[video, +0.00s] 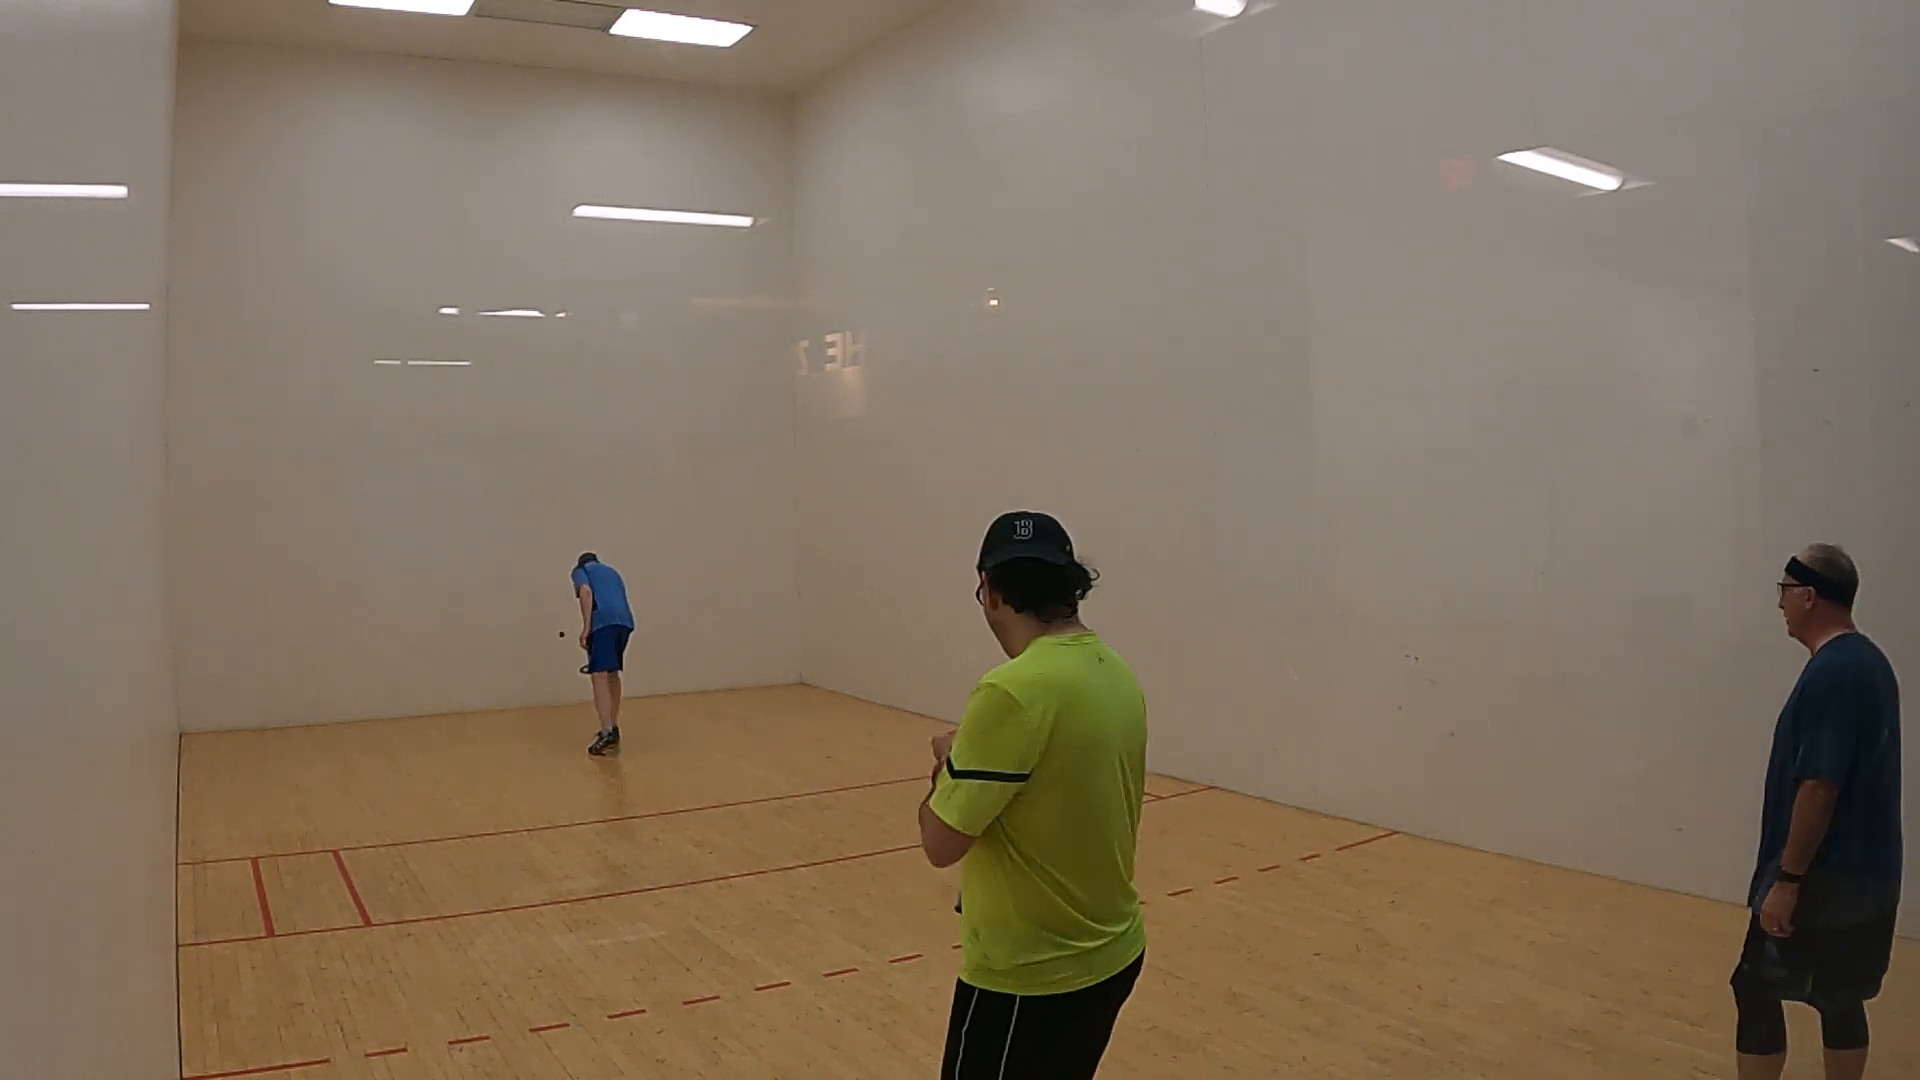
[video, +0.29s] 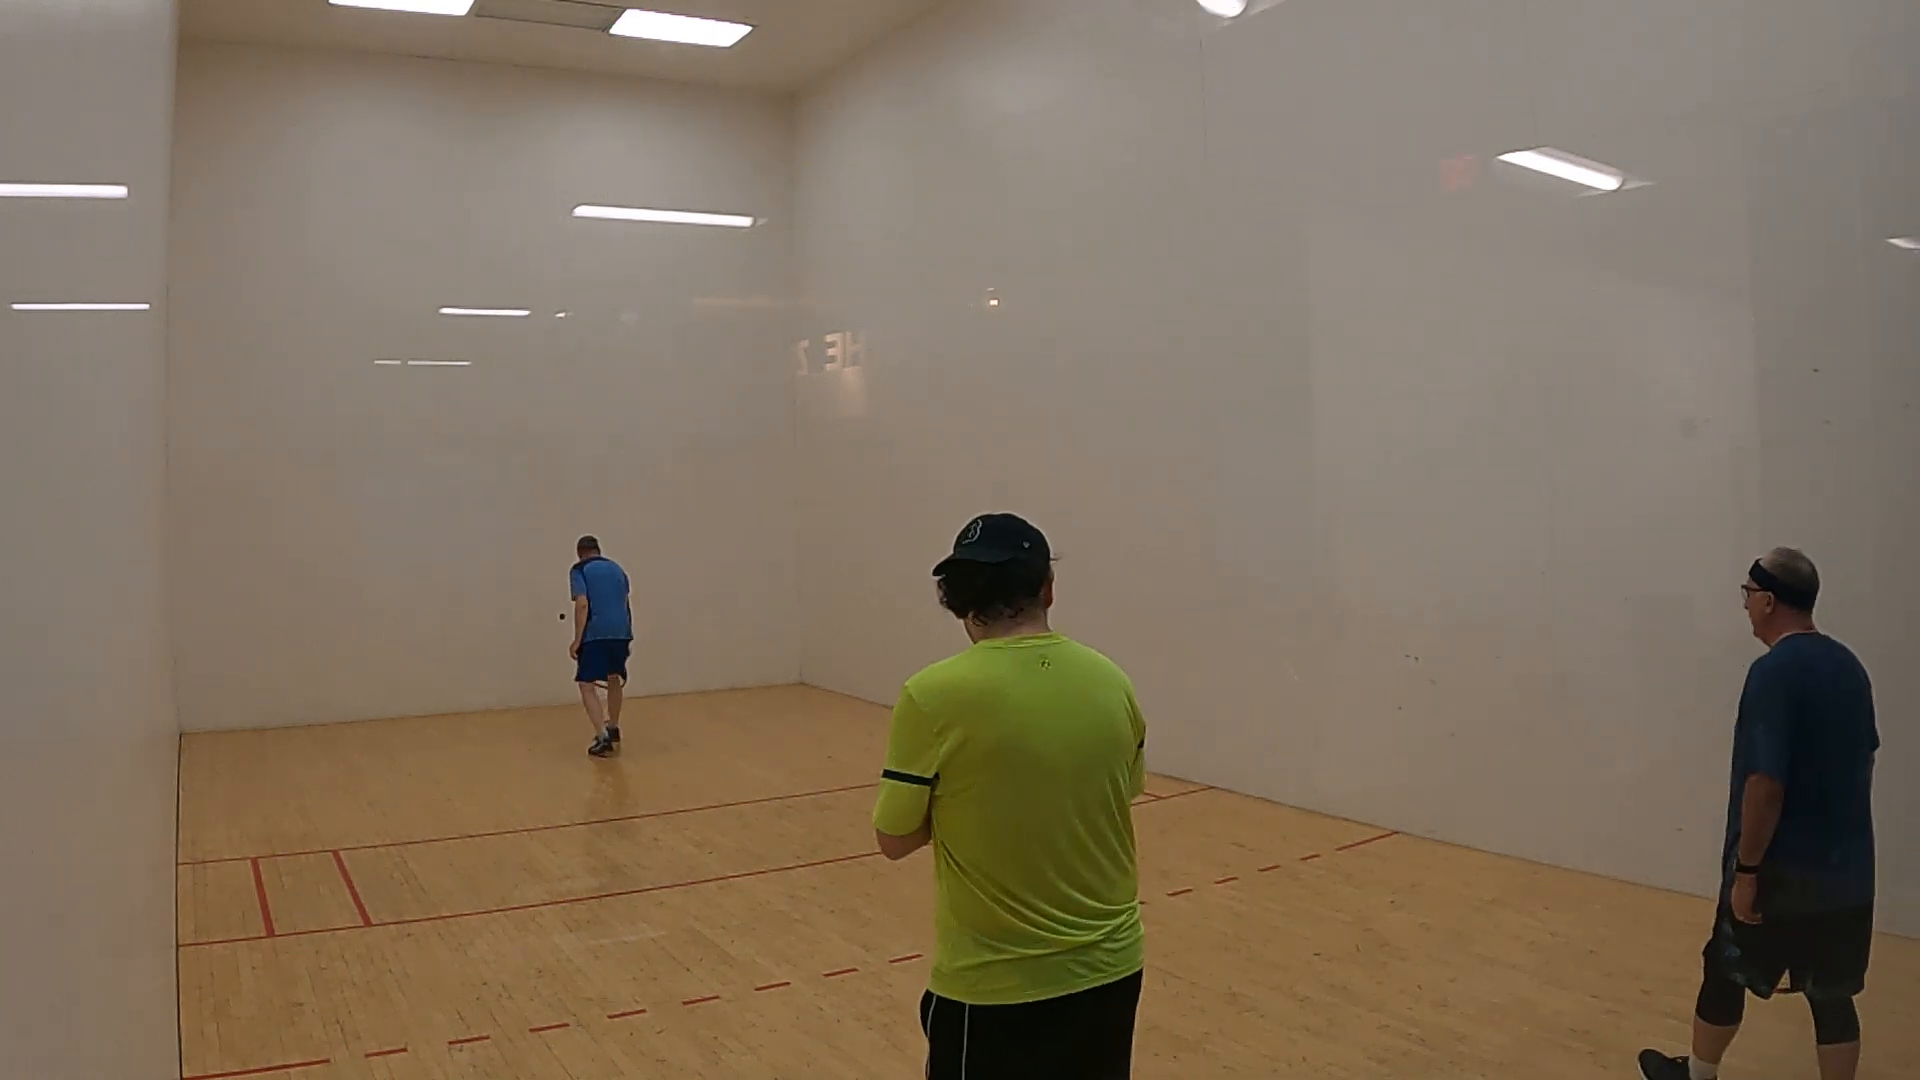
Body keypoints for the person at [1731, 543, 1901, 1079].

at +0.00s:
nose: (1780, 600)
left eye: (1786, 589)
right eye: (1782, 589)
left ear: (1812, 597)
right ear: (1835, 599)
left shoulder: (1833, 670)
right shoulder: (1869, 663)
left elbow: (1818, 787)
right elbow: (1858, 787)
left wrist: (1786, 881)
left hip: (1816, 881)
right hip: (1861, 881)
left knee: (1754, 988)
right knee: (1841, 997)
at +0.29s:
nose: (1744, 602)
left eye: (1748, 593)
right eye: (1746, 592)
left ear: (1769, 600)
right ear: (1804, 602)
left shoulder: (1772, 672)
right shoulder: (1847, 665)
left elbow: (1765, 785)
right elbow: (1862, 758)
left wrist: (1746, 871)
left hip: (1774, 875)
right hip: (1841, 877)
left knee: (1724, 970)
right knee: (1832, 993)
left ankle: (1699, 1072)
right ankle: (1839, 1079)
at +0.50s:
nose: (1707, 605)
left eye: (1709, 595)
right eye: (1707, 595)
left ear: (1724, 601)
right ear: (1764, 599)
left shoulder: (1722, 669)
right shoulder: (1809, 662)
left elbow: (1707, 778)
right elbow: (1833, 756)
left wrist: (1688, 859)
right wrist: (1821, 829)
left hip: (1733, 862)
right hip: (1802, 863)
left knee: (1695, 957)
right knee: (1802, 983)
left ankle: (1692, 1071)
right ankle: (1825, 1076)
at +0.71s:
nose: (1676, 593)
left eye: (1678, 584)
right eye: (1677, 583)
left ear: (1690, 590)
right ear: (1734, 589)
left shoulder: (1681, 659)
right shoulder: (1775, 654)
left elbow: (1650, 761)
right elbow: (1798, 748)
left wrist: (1622, 832)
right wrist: (1791, 817)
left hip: (1689, 846)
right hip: (1759, 842)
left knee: (1680, 955)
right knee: (1743, 942)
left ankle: (1689, 1069)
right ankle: (1777, 1045)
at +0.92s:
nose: (1646, 588)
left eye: (1648, 581)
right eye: (1648, 579)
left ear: (1659, 589)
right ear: (1704, 586)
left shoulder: (1652, 657)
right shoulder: (1746, 647)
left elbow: (1613, 751)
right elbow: (1771, 736)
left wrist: (1580, 812)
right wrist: (1761, 800)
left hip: (1668, 836)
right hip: (1729, 830)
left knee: (1673, 951)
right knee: (1703, 939)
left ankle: (1689, 1064)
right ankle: (1692, 1040)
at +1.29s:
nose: (1610, 584)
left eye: (1612, 576)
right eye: (1611, 575)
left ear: (1626, 582)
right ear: (1663, 583)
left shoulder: (1622, 646)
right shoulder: (1699, 643)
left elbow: (1602, 741)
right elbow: (1716, 727)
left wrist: (1579, 811)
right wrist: (1707, 797)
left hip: (1630, 819)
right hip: (1685, 818)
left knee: (1607, 922)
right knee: (1652, 919)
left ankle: (1667, 1045)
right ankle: (1630, 1019)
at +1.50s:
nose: (1584, 579)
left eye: (1587, 571)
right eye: (1586, 570)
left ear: (1602, 577)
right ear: (1636, 578)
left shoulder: (1604, 639)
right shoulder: (1670, 634)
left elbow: (1597, 729)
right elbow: (1683, 716)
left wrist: (1587, 807)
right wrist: (1662, 781)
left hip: (1603, 810)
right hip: (1663, 811)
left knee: (1558, 892)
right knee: (1642, 911)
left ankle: (1594, 1005)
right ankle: (1629, 1025)